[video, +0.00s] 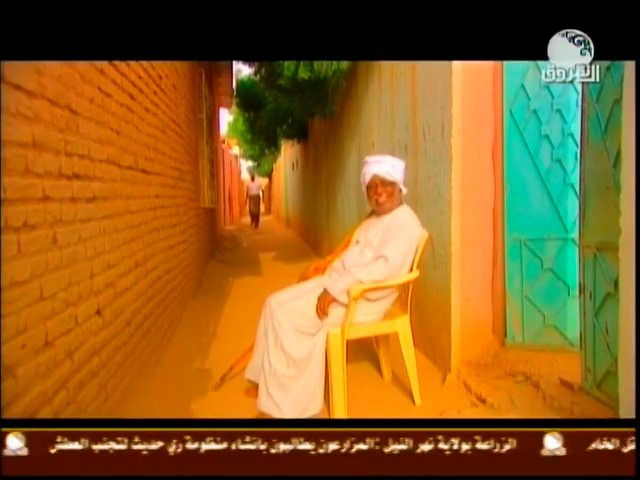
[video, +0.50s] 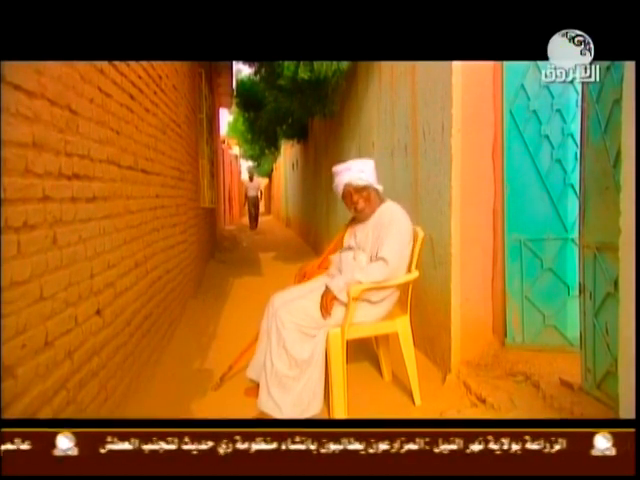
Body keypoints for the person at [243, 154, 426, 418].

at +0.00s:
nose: (379, 192)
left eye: (386, 185)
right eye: (373, 187)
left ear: (400, 190)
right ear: (367, 193)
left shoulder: (405, 223)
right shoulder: (378, 219)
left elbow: (386, 270)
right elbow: (351, 256)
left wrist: (335, 291)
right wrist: (323, 270)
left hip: (363, 300)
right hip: (340, 284)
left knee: (285, 316)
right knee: (275, 304)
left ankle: (289, 406)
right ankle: (265, 377)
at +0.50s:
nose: (356, 202)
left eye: (359, 193)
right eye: (349, 198)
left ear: (373, 190)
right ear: (345, 201)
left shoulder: (395, 218)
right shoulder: (361, 219)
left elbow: (389, 270)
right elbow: (344, 258)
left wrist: (339, 287)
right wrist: (328, 283)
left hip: (368, 299)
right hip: (342, 286)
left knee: (288, 315)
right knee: (278, 303)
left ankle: (289, 407)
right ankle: (268, 377)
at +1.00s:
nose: (333, 208)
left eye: (334, 200)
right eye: (327, 206)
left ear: (347, 193)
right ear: (325, 208)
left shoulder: (378, 217)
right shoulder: (346, 220)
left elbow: (386, 270)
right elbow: (341, 258)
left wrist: (337, 284)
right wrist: (326, 278)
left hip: (367, 299)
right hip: (340, 285)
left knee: (288, 317)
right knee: (276, 304)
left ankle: (289, 406)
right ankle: (267, 380)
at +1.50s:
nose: (319, 219)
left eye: (318, 211)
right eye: (314, 213)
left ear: (332, 200)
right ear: (328, 203)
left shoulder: (367, 217)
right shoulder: (341, 216)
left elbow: (382, 270)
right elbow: (337, 259)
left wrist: (335, 279)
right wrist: (327, 283)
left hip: (365, 297)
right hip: (338, 285)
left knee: (286, 317)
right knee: (275, 304)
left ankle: (289, 406)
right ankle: (267, 380)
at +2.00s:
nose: (326, 208)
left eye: (328, 199)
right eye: (320, 203)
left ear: (343, 193)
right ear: (320, 204)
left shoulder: (372, 216)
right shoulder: (343, 219)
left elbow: (384, 270)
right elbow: (340, 260)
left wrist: (337, 281)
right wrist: (328, 285)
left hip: (367, 298)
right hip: (340, 285)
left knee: (287, 318)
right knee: (276, 304)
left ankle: (289, 406)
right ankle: (266, 380)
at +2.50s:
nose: (336, 196)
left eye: (343, 189)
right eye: (334, 189)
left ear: (362, 190)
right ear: (332, 191)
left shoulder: (383, 218)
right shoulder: (353, 217)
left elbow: (386, 271)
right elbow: (343, 258)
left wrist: (338, 284)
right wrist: (327, 282)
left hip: (368, 301)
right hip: (341, 287)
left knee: (289, 319)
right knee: (277, 304)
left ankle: (291, 407)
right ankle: (267, 380)